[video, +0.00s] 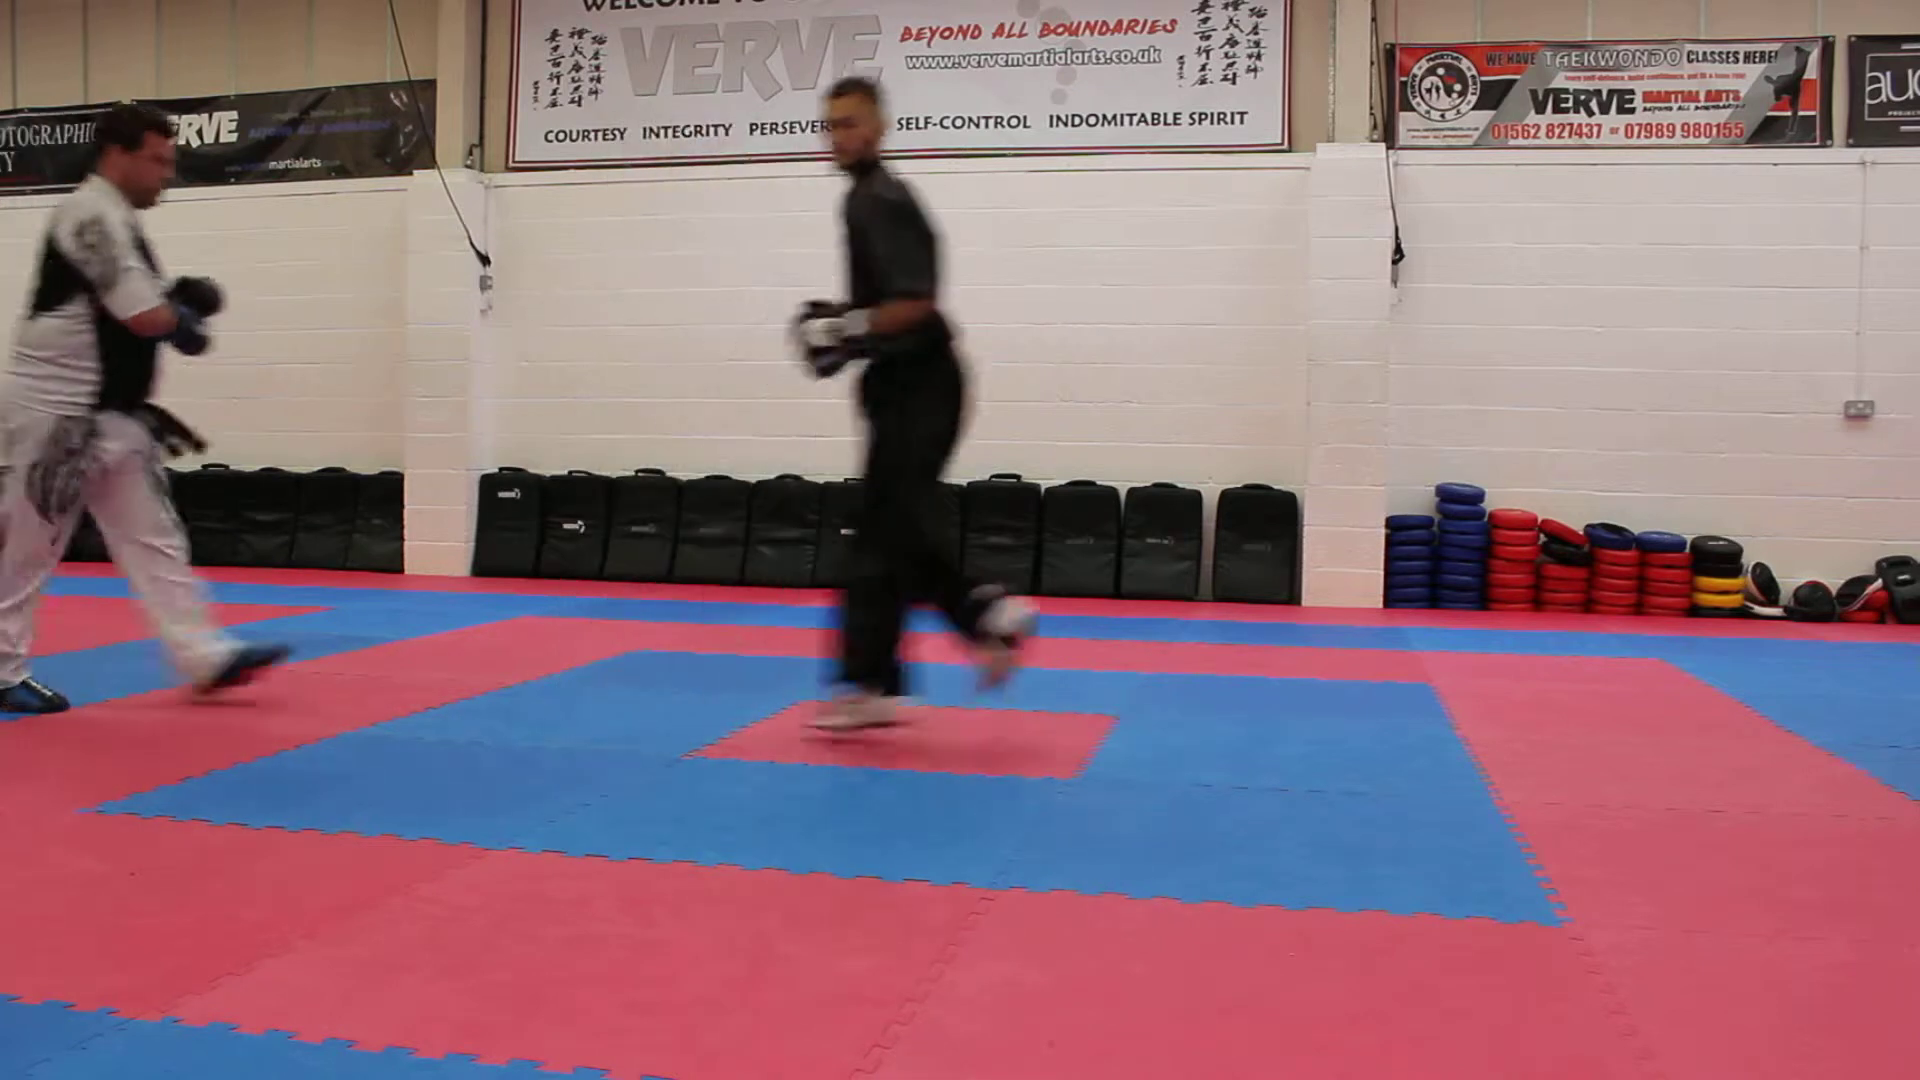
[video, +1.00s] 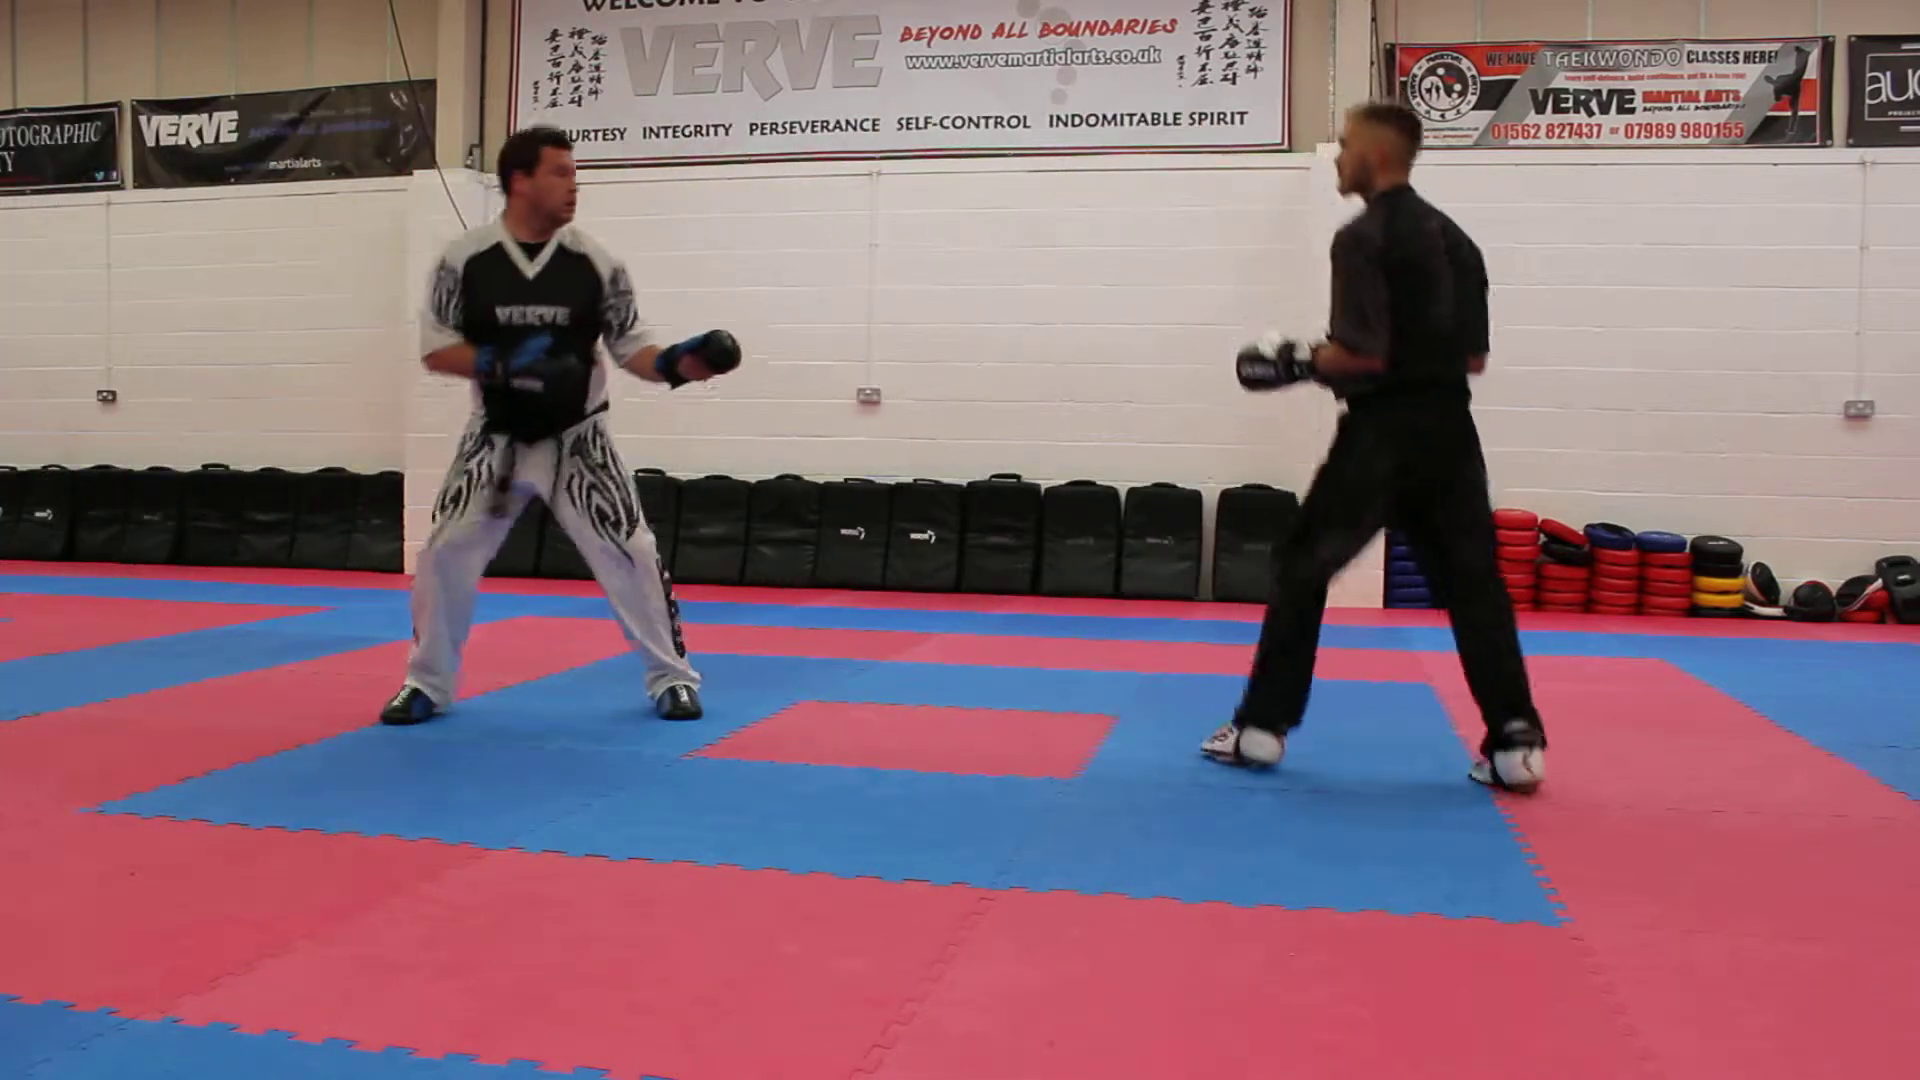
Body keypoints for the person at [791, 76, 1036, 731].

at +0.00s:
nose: (838, 135)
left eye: (850, 123)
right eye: (832, 125)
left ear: (879, 126)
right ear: (830, 131)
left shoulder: (887, 201)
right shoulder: (863, 199)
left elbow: (914, 303)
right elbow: (884, 297)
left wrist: (847, 330)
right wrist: (841, 321)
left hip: (921, 379)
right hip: (898, 378)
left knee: (893, 517)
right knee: (888, 520)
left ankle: (989, 615)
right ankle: (871, 683)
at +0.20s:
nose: (966, 161)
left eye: (977, 148)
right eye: (967, 148)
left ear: (1013, 155)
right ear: (996, 157)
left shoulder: (1030, 236)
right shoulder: (1014, 232)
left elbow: (1054, 347)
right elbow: (1029, 340)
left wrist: (987, 381)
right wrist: (986, 377)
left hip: (1067, 423)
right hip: (1047, 421)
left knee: (1057, 570)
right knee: (1055, 568)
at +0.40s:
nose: (1101, 141)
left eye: (1114, 129)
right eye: (1104, 129)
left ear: (1149, 136)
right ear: (1147, 138)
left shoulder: (1155, 214)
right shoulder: (1171, 209)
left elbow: (1183, 317)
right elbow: (1177, 314)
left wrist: (1117, 343)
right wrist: (1118, 342)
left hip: (1190, 405)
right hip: (1226, 399)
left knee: (1134, 549)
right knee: (1261, 550)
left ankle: (1130, 706)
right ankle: (1366, 666)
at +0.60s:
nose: (1225, 187)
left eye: (1236, 173)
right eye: (1228, 173)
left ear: (1273, 183)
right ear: (1283, 186)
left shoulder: (1270, 265)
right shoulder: (1324, 260)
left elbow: (1287, 381)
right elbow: (1314, 382)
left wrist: (1237, 394)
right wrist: (1230, 408)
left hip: (1308, 466)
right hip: (1360, 463)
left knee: (1216, 571)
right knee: (1390, 598)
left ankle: (1240, 718)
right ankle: (1468, 728)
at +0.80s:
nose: (1284, 115)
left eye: (1293, 101)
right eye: (1287, 102)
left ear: (1326, 109)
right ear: (1348, 112)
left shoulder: (1311, 189)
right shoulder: (1399, 187)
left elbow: (1323, 301)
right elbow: (1431, 300)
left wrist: (1270, 314)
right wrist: (1344, 302)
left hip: (1342, 383)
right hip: (1412, 379)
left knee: (1294, 533)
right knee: (1431, 537)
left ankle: (1249, 685)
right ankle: (1470, 695)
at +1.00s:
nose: (1336, 157)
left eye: (1346, 145)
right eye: (1339, 145)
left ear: (1378, 154)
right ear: (1398, 156)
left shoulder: (1361, 240)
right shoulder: (1455, 241)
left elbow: (1359, 357)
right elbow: (1472, 356)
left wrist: (1298, 362)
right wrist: (1382, 350)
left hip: (1375, 442)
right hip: (1449, 440)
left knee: (1302, 567)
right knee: (1474, 582)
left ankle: (1262, 729)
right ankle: (1516, 742)